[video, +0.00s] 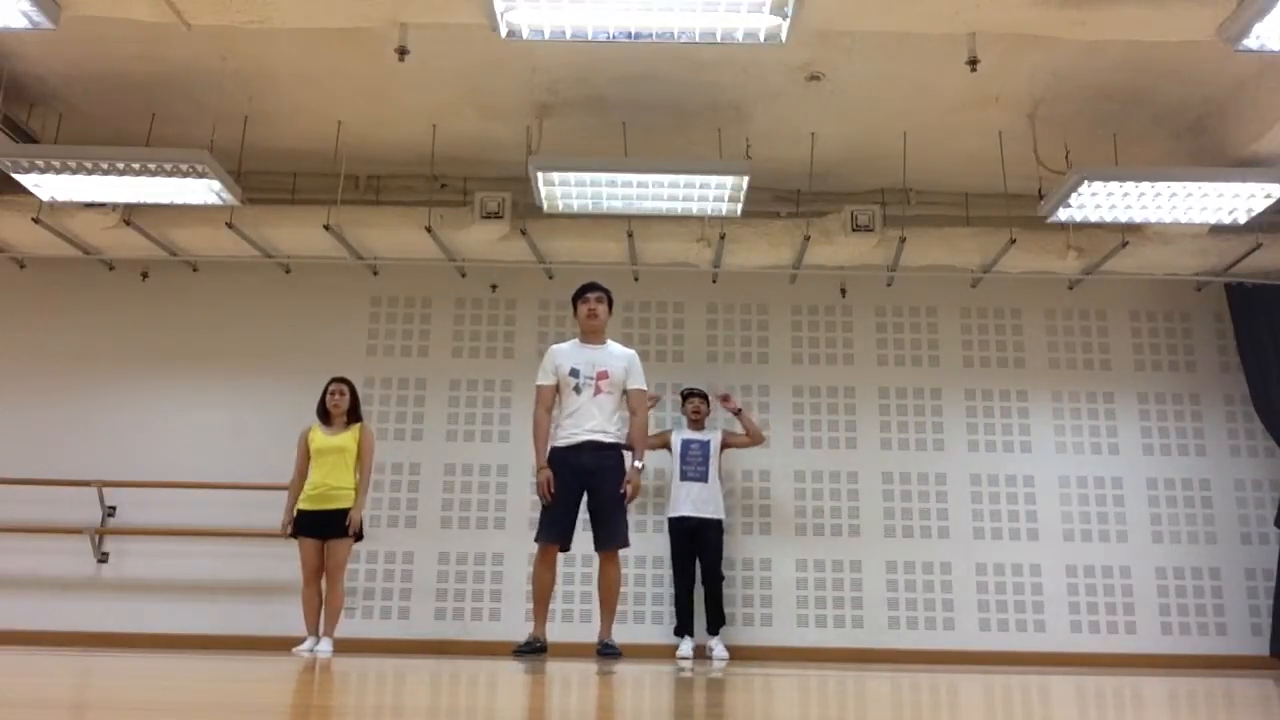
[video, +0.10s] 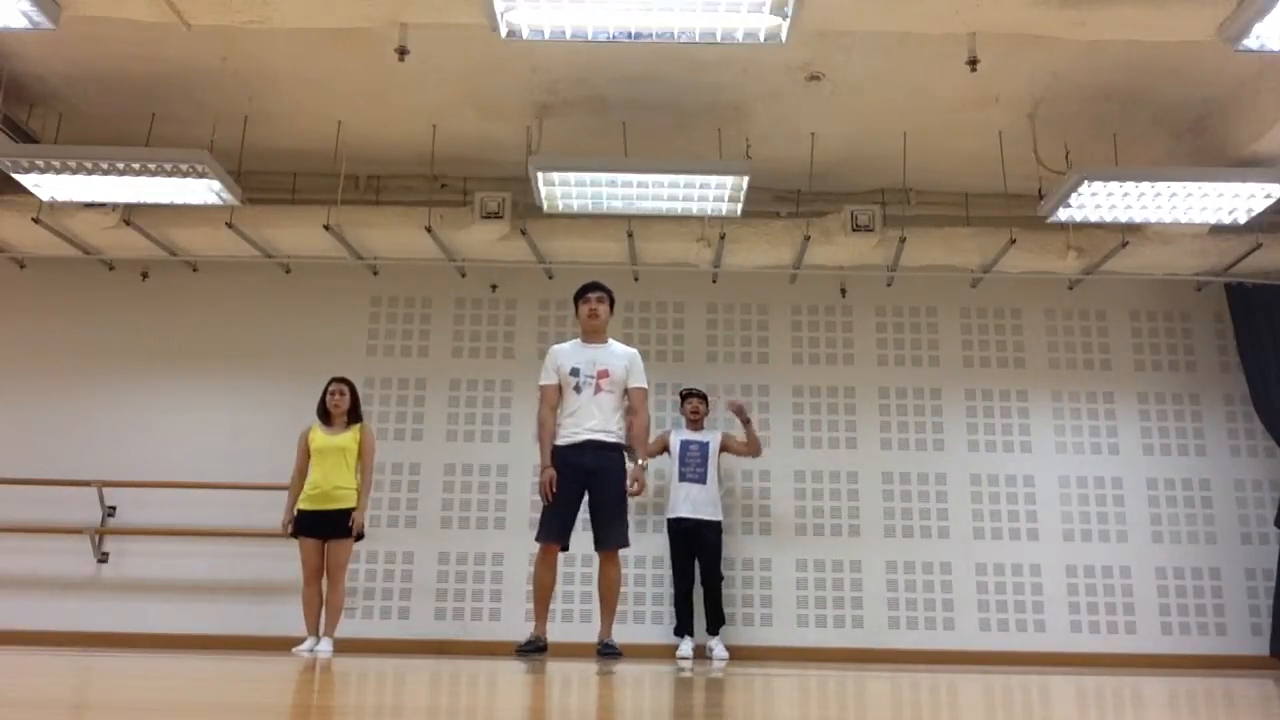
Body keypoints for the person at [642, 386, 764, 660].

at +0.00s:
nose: (695, 407)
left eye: (700, 404)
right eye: (691, 404)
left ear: (708, 409)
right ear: (683, 410)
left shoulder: (718, 437)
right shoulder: (672, 436)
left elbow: (756, 438)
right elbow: (636, 443)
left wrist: (736, 410)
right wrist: (643, 410)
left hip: (710, 516)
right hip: (680, 516)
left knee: (713, 578)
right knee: (683, 580)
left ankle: (714, 638)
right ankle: (685, 639)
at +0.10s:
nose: (694, 408)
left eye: (699, 404)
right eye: (689, 404)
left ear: (706, 409)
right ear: (682, 410)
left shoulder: (717, 438)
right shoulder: (671, 436)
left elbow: (754, 450)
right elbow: (642, 453)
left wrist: (745, 420)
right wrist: (631, 430)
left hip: (709, 518)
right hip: (679, 517)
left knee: (712, 579)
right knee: (683, 581)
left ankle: (714, 638)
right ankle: (685, 639)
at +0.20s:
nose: (693, 409)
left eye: (698, 405)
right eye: (688, 405)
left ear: (706, 410)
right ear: (681, 411)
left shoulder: (717, 442)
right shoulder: (669, 441)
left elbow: (741, 467)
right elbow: (650, 466)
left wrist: (753, 448)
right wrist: (639, 471)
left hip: (708, 520)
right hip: (678, 518)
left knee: (710, 579)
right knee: (682, 581)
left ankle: (713, 637)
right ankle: (685, 639)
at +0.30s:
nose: (693, 410)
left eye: (698, 406)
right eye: (688, 406)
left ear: (705, 411)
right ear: (681, 411)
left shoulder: (717, 443)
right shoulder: (669, 441)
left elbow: (727, 478)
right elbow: (654, 476)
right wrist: (639, 491)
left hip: (707, 520)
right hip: (677, 518)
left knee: (709, 579)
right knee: (681, 581)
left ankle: (712, 636)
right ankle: (685, 638)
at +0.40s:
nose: (692, 413)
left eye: (697, 408)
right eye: (687, 408)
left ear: (704, 412)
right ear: (680, 411)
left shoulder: (716, 443)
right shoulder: (667, 443)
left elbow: (722, 482)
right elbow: (662, 483)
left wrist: (728, 513)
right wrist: (659, 517)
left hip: (707, 519)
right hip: (677, 517)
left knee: (710, 578)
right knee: (681, 580)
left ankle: (711, 633)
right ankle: (685, 637)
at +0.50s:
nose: (692, 414)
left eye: (696, 409)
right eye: (687, 409)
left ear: (704, 411)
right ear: (680, 411)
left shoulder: (717, 442)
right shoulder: (667, 442)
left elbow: (718, 480)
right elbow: (669, 479)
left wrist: (712, 506)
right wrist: (674, 505)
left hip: (707, 516)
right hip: (678, 515)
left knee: (712, 576)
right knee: (681, 578)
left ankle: (715, 635)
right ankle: (685, 637)